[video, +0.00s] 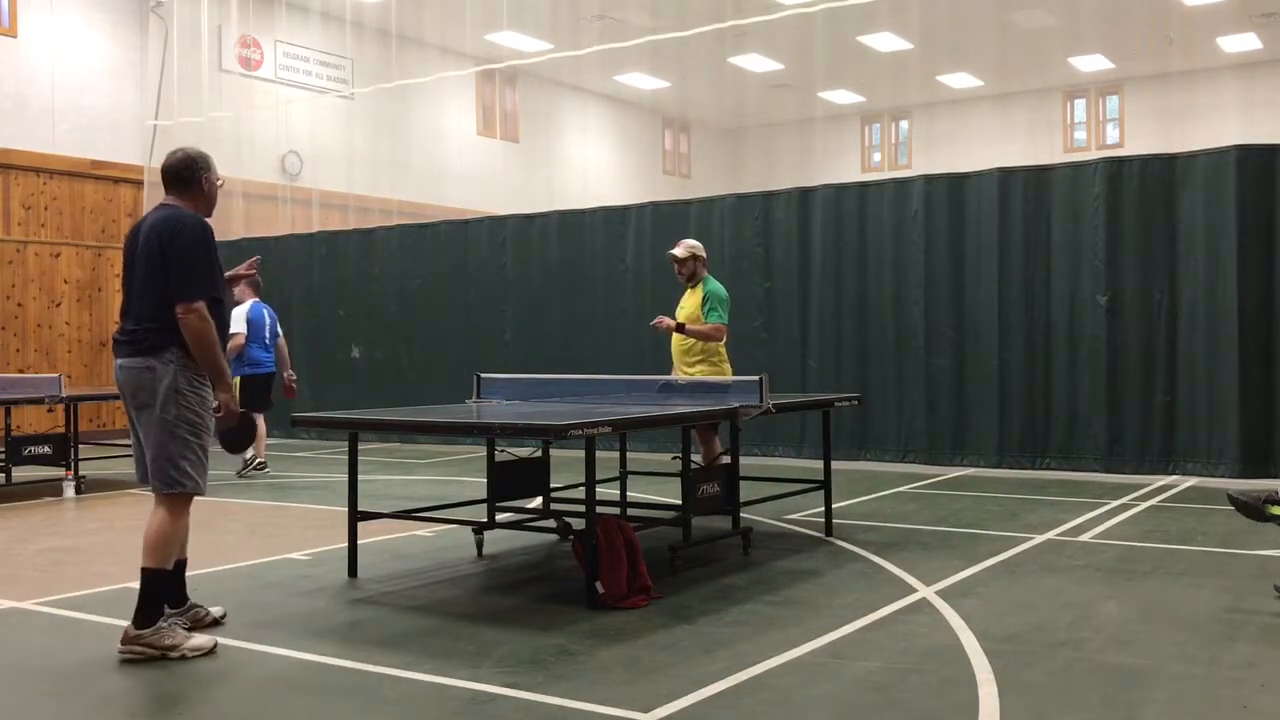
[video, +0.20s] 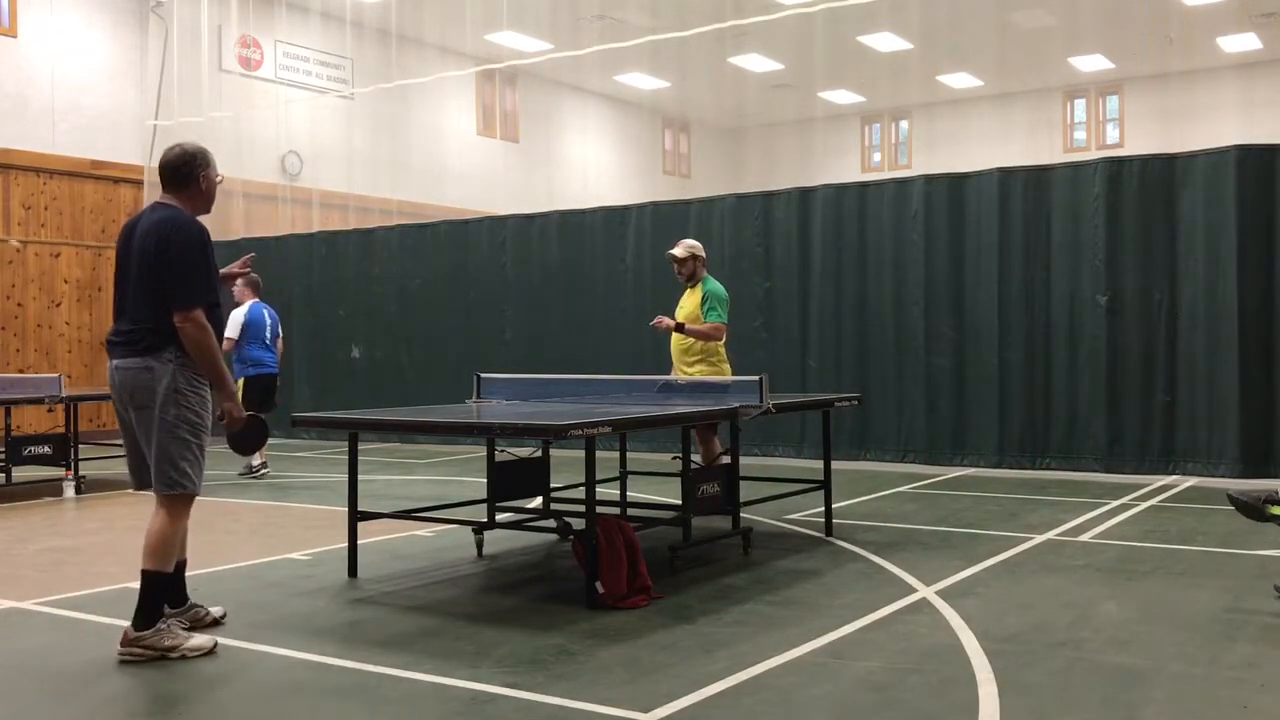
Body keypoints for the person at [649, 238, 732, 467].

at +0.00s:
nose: (677, 269)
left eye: (682, 262)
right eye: (675, 263)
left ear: (699, 262)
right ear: (675, 264)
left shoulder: (714, 291)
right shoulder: (691, 290)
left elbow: (718, 333)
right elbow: (689, 335)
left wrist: (677, 326)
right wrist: (677, 370)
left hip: (709, 377)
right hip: (688, 376)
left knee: (706, 433)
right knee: (703, 433)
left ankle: (716, 488)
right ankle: (715, 487)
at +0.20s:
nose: (677, 268)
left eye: (682, 262)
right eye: (674, 263)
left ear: (699, 262)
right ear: (674, 264)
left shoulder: (713, 290)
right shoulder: (691, 290)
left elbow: (718, 332)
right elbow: (689, 336)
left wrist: (677, 326)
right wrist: (676, 370)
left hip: (708, 378)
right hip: (688, 376)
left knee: (705, 433)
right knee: (702, 433)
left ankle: (716, 487)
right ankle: (716, 486)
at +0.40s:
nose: (677, 268)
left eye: (682, 262)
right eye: (675, 263)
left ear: (699, 263)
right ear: (674, 264)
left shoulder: (713, 290)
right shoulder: (690, 290)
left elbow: (717, 330)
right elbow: (687, 337)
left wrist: (676, 326)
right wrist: (676, 371)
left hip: (708, 378)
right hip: (688, 377)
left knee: (705, 433)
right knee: (702, 433)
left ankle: (715, 487)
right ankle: (717, 486)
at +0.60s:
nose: (677, 268)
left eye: (682, 262)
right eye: (675, 263)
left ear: (699, 263)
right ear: (675, 264)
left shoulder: (713, 289)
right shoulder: (689, 290)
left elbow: (717, 330)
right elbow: (687, 334)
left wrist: (676, 325)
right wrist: (676, 368)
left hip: (708, 378)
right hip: (688, 376)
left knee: (705, 432)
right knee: (702, 432)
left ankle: (713, 486)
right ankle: (716, 484)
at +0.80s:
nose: (678, 269)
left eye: (683, 263)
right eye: (676, 263)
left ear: (700, 262)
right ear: (676, 264)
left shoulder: (714, 289)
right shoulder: (688, 290)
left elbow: (718, 328)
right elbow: (686, 337)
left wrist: (676, 322)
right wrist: (672, 371)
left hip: (709, 377)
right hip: (688, 377)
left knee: (705, 432)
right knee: (702, 432)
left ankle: (713, 486)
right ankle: (717, 484)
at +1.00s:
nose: (680, 270)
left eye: (685, 263)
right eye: (677, 264)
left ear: (702, 262)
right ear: (675, 264)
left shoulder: (715, 288)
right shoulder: (687, 291)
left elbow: (711, 316)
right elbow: (686, 339)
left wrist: (673, 303)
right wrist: (669, 370)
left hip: (711, 377)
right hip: (689, 377)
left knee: (705, 433)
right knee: (702, 433)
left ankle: (715, 488)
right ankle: (716, 487)